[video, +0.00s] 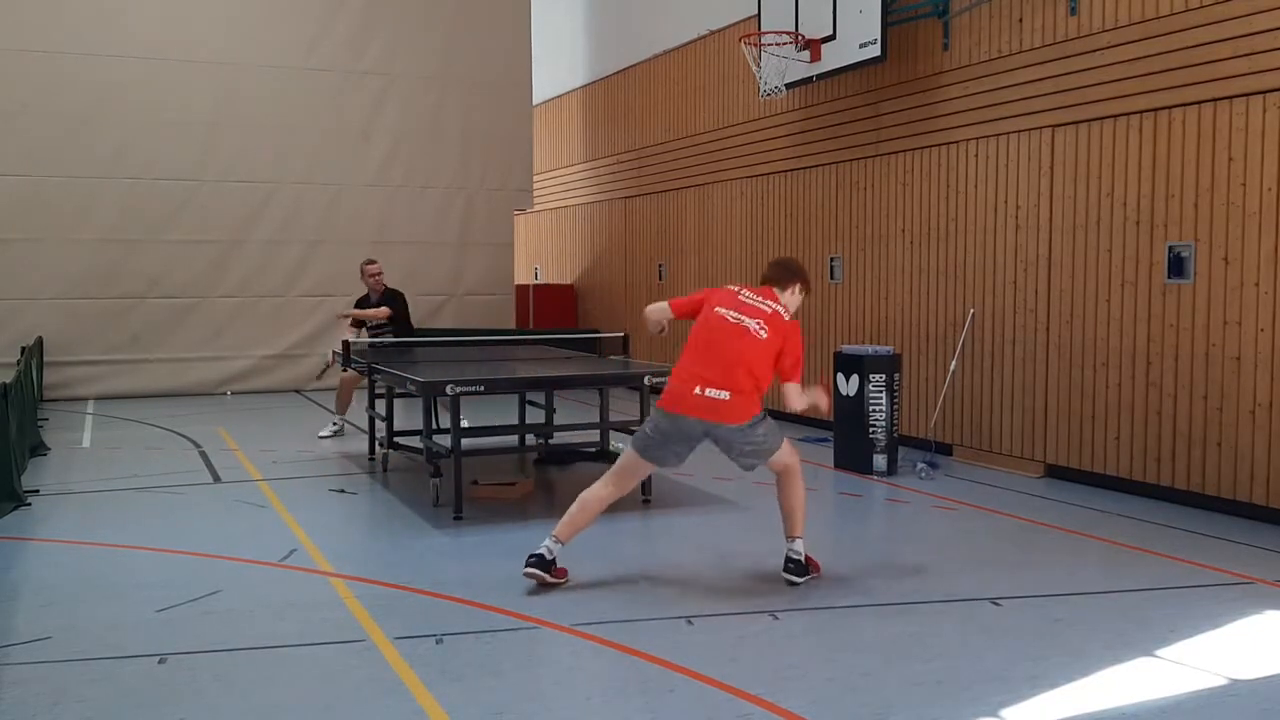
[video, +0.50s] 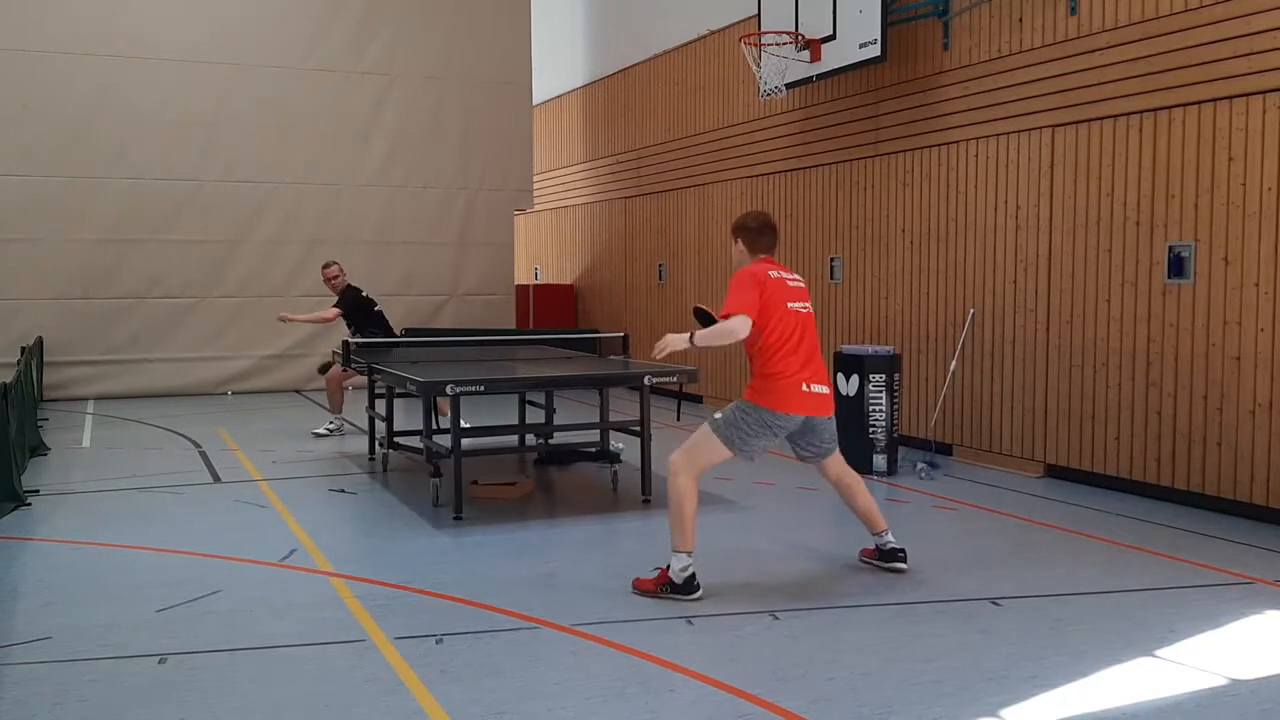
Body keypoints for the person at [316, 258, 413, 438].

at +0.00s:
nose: (377, 279)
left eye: (380, 274)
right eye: (372, 276)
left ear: (384, 275)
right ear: (363, 280)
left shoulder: (396, 296)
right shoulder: (362, 303)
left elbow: (382, 314)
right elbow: (353, 331)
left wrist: (352, 314)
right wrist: (343, 351)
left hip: (403, 354)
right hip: (376, 355)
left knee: (432, 380)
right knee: (346, 379)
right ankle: (338, 422)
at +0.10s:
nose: (370, 282)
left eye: (372, 278)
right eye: (364, 280)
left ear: (377, 278)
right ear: (356, 284)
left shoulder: (389, 299)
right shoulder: (359, 308)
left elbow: (369, 316)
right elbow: (356, 340)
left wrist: (333, 316)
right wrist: (342, 361)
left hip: (403, 356)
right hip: (376, 357)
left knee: (433, 384)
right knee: (346, 379)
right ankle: (338, 423)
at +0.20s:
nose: (366, 285)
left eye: (368, 281)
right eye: (361, 283)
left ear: (373, 281)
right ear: (353, 288)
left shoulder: (384, 300)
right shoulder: (359, 310)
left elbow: (360, 317)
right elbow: (360, 344)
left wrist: (322, 318)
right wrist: (346, 367)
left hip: (400, 355)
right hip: (377, 355)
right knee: (347, 380)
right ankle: (339, 424)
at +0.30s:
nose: (361, 287)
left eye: (363, 283)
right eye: (356, 285)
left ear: (368, 283)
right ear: (348, 290)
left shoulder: (377, 302)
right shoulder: (360, 309)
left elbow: (345, 317)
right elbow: (370, 339)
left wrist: (311, 316)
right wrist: (368, 356)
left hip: (403, 356)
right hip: (380, 357)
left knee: (429, 387)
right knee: (347, 379)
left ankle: (457, 422)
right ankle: (339, 423)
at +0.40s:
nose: (347, 288)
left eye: (350, 283)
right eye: (343, 285)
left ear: (357, 282)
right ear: (338, 289)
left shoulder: (361, 300)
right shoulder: (359, 302)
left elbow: (328, 313)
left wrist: (294, 311)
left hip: (397, 355)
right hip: (377, 355)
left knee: (428, 386)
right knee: (343, 378)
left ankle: (458, 422)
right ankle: (337, 422)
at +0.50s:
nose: (333, 282)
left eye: (336, 277)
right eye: (328, 280)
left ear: (344, 275)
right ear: (325, 283)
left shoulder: (349, 294)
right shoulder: (351, 294)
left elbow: (329, 316)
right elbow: (370, 322)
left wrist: (294, 318)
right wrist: (356, 344)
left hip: (382, 352)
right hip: (375, 351)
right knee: (333, 377)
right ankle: (336, 422)